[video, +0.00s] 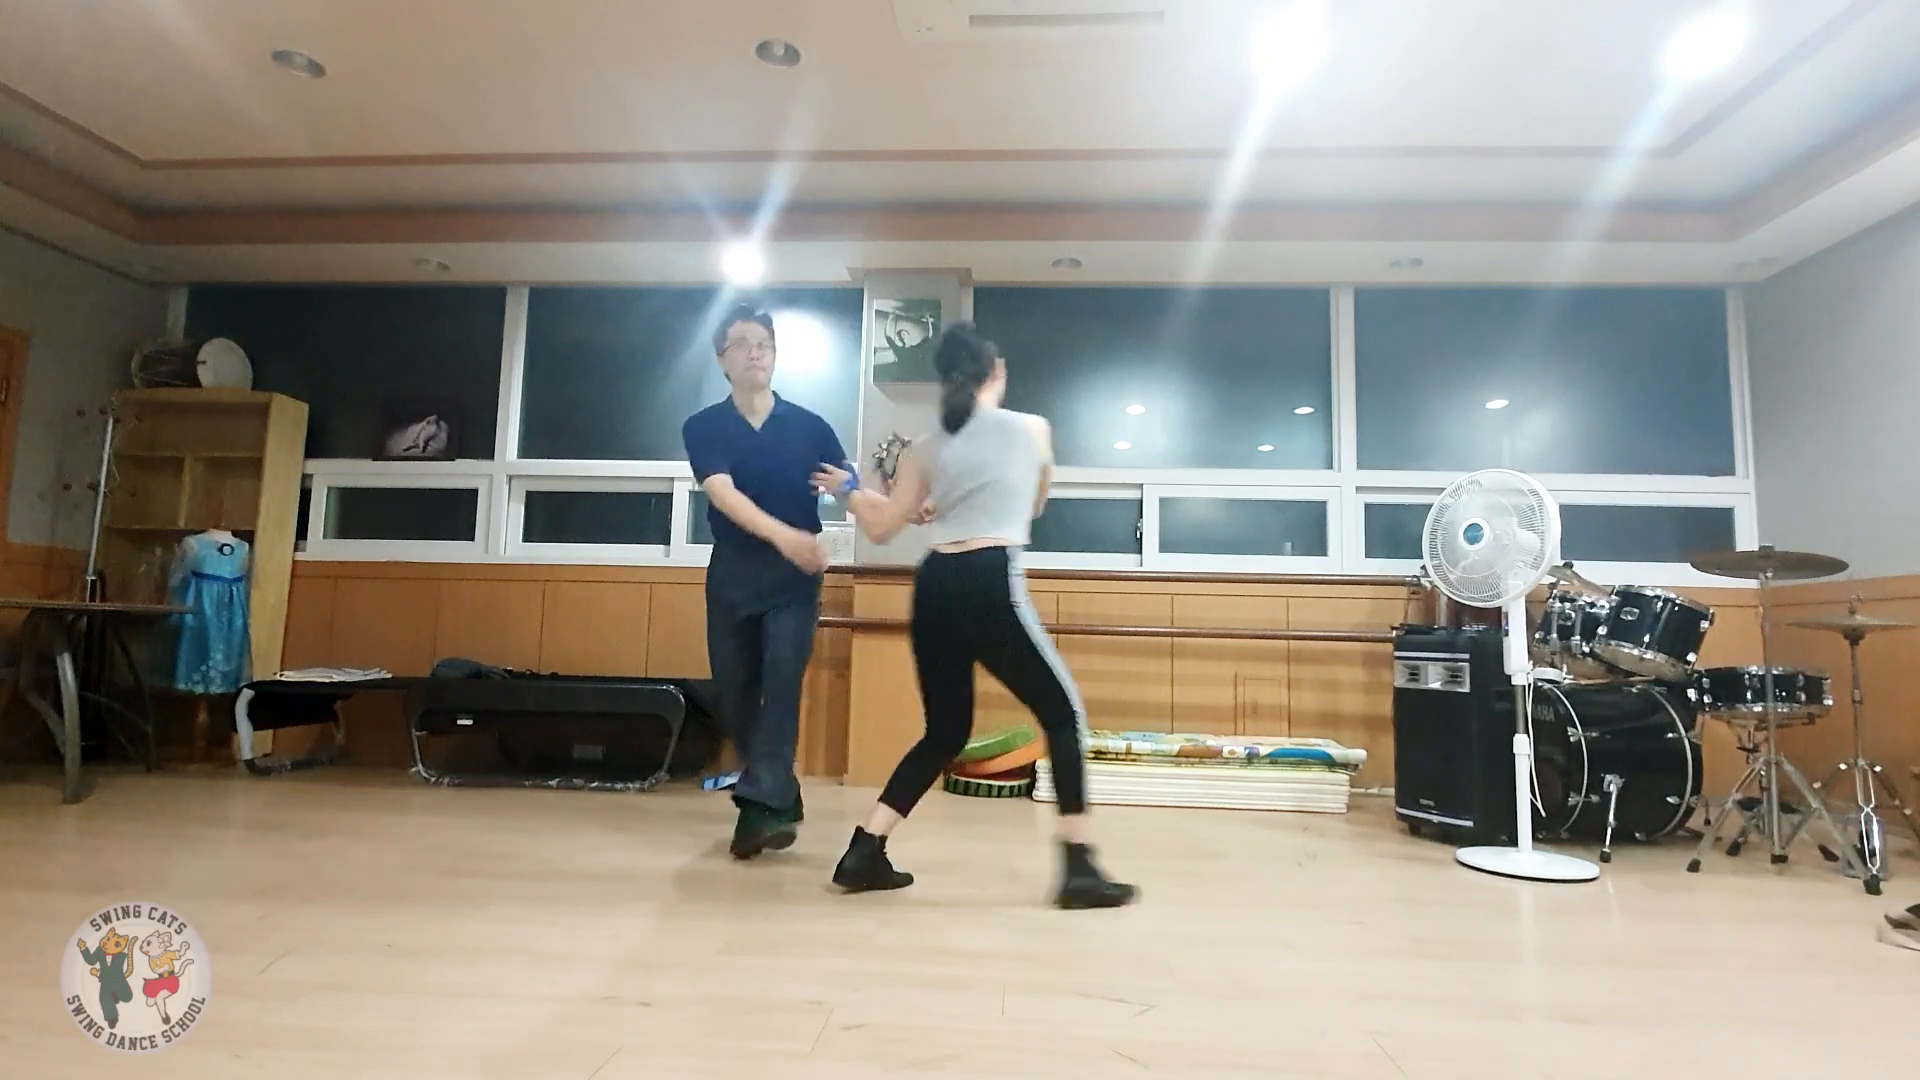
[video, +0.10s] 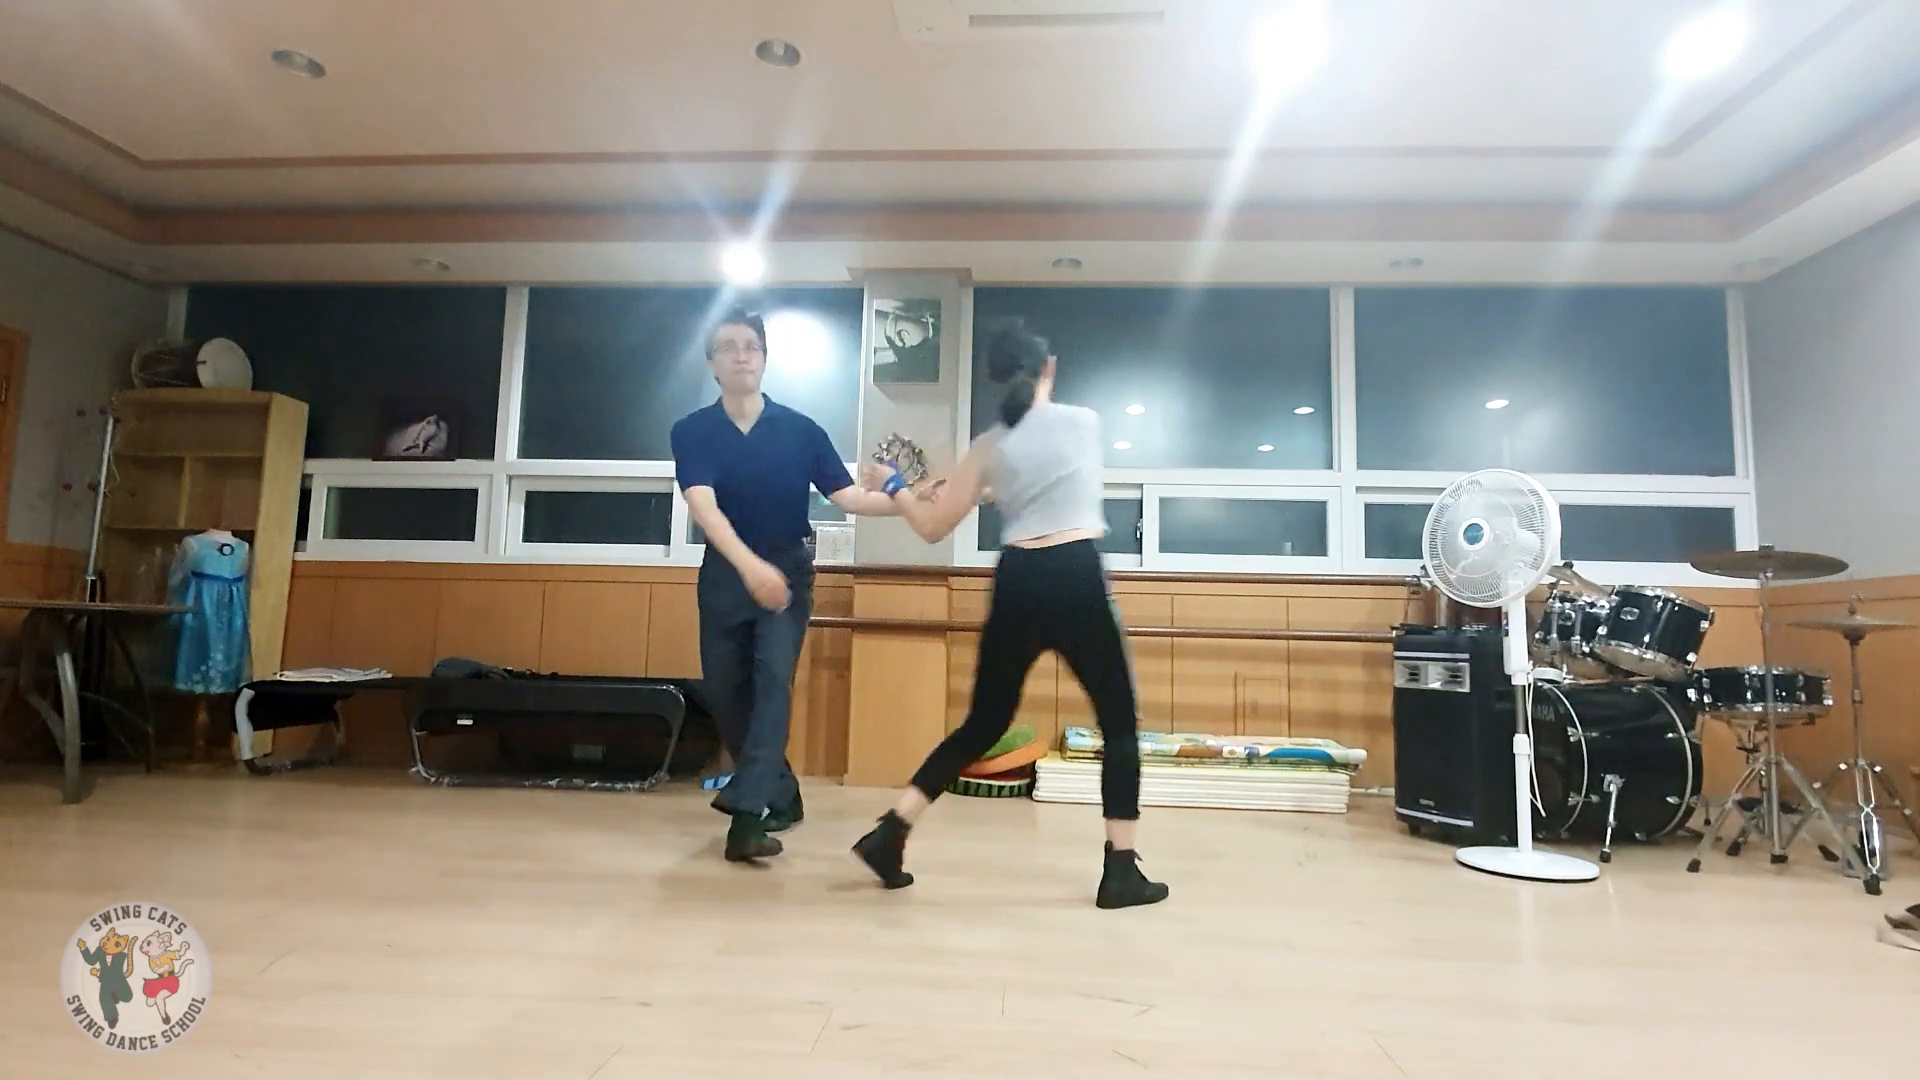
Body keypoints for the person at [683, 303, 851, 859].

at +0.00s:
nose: (755, 354)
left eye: (763, 344)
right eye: (741, 346)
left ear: (775, 354)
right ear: (722, 359)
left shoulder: (810, 427)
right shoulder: (704, 426)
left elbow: (856, 494)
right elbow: (724, 496)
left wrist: (851, 488)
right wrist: (786, 537)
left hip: (793, 576)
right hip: (731, 577)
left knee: (781, 687)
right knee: (734, 695)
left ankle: (756, 812)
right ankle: (782, 800)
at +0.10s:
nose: (743, 358)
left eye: (752, 348)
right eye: (729, 349)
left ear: (764, 359)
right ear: (712, 363)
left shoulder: (801, 431)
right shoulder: (693, 431)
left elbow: (848, 495)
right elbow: (705, 511)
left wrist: (909, 498)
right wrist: (751, 567)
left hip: (785, 570)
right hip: (723, 570)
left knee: (773, 679)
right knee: (724, 689)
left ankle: (748, 818)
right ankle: (781, 792)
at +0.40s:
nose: (716, 348)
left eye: (727, 337)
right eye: (703, 338)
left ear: (743, 348)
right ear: (687, 351)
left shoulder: (781, 425)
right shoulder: (664, 424)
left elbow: (847, 469)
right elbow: (632, 506)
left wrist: (925, 473)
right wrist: (623, 589)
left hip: (764, 577)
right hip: (696, 582)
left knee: (774, 686)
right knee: (716, 705)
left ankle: (750, 822)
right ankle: (773, 783)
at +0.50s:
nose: (712, 348)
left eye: (724, 338)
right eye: (699, 338)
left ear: (739, 351)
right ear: (683, 352)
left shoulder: (778, 427)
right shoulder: (660, 427)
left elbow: (843, 471)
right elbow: (613, 506)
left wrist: (924, 475)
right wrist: (593, 585)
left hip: (760, 581)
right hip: (692, 586)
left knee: (779, 692)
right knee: (708, 714)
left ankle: (751, 827)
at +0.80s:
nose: (697, 349)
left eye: (710, 340)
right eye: (686, 339)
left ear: (728, 356)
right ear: (670, 355)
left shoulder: (763, 429)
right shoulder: (645, 429)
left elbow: (834, 467)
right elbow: (589, 494)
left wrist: (918, 465)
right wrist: (544, 564)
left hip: (746, 581)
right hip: (675, 584)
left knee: (773, 684)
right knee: (684, 691)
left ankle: (749, 827)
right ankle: (692, 813)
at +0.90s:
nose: (697, 357)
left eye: (710, 347)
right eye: (687, 347)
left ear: (729, 363)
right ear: (671, 360)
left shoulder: (761, 438)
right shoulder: (641, 433)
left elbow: (831, 474)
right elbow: (581, 495)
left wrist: (915, 477)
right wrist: (531, 561)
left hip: (734, 587)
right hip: (664, 589)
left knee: (768, 682)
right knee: (683, 690)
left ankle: (749, 828)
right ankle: (682, 823)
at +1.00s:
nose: (699, 361)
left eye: (714, 351)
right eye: (689, 347)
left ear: (731, 367)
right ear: (672, 359)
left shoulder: (757, 442)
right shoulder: (637, 433)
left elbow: (829, 476)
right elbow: (574, 490)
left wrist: (909, 482)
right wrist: (519, 556)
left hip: (720, 587)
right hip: (651, 586)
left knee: (755, 679)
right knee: (685, 689)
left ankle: (749, 828)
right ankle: (684, 824)